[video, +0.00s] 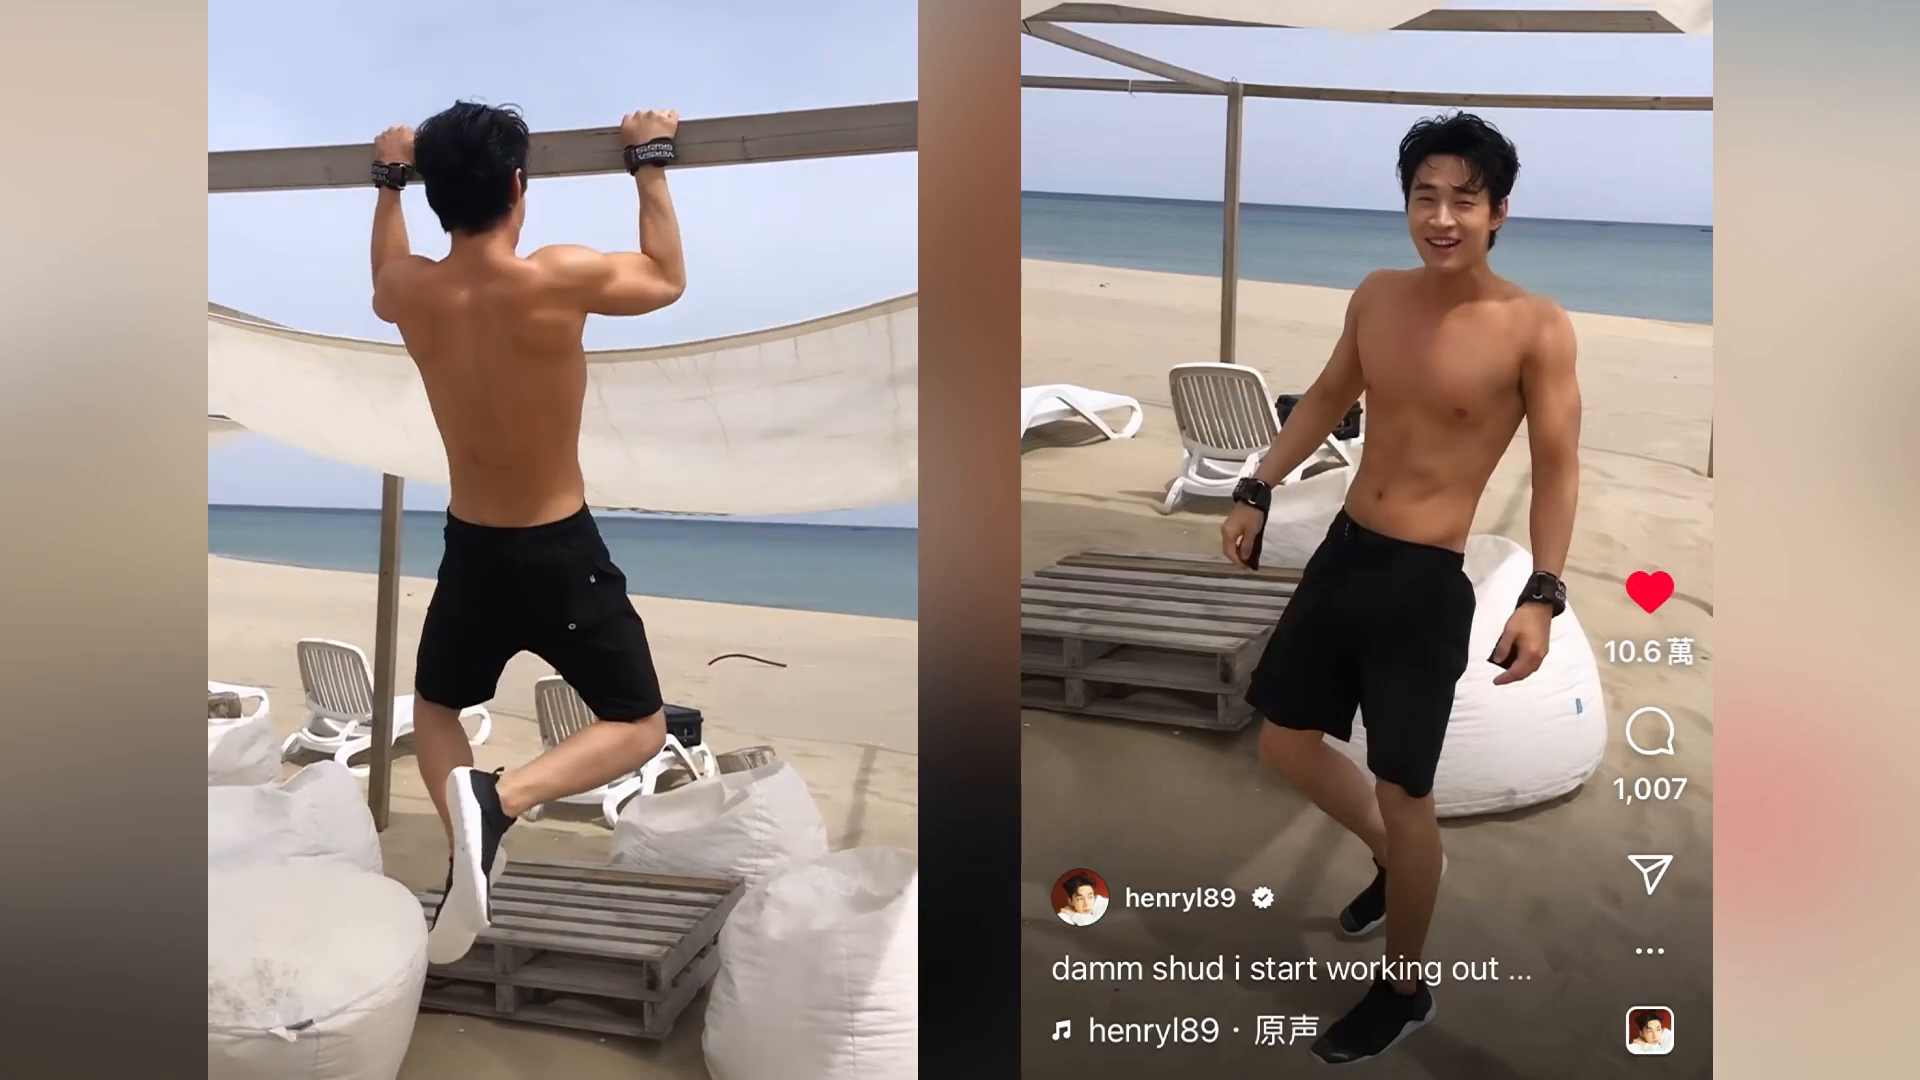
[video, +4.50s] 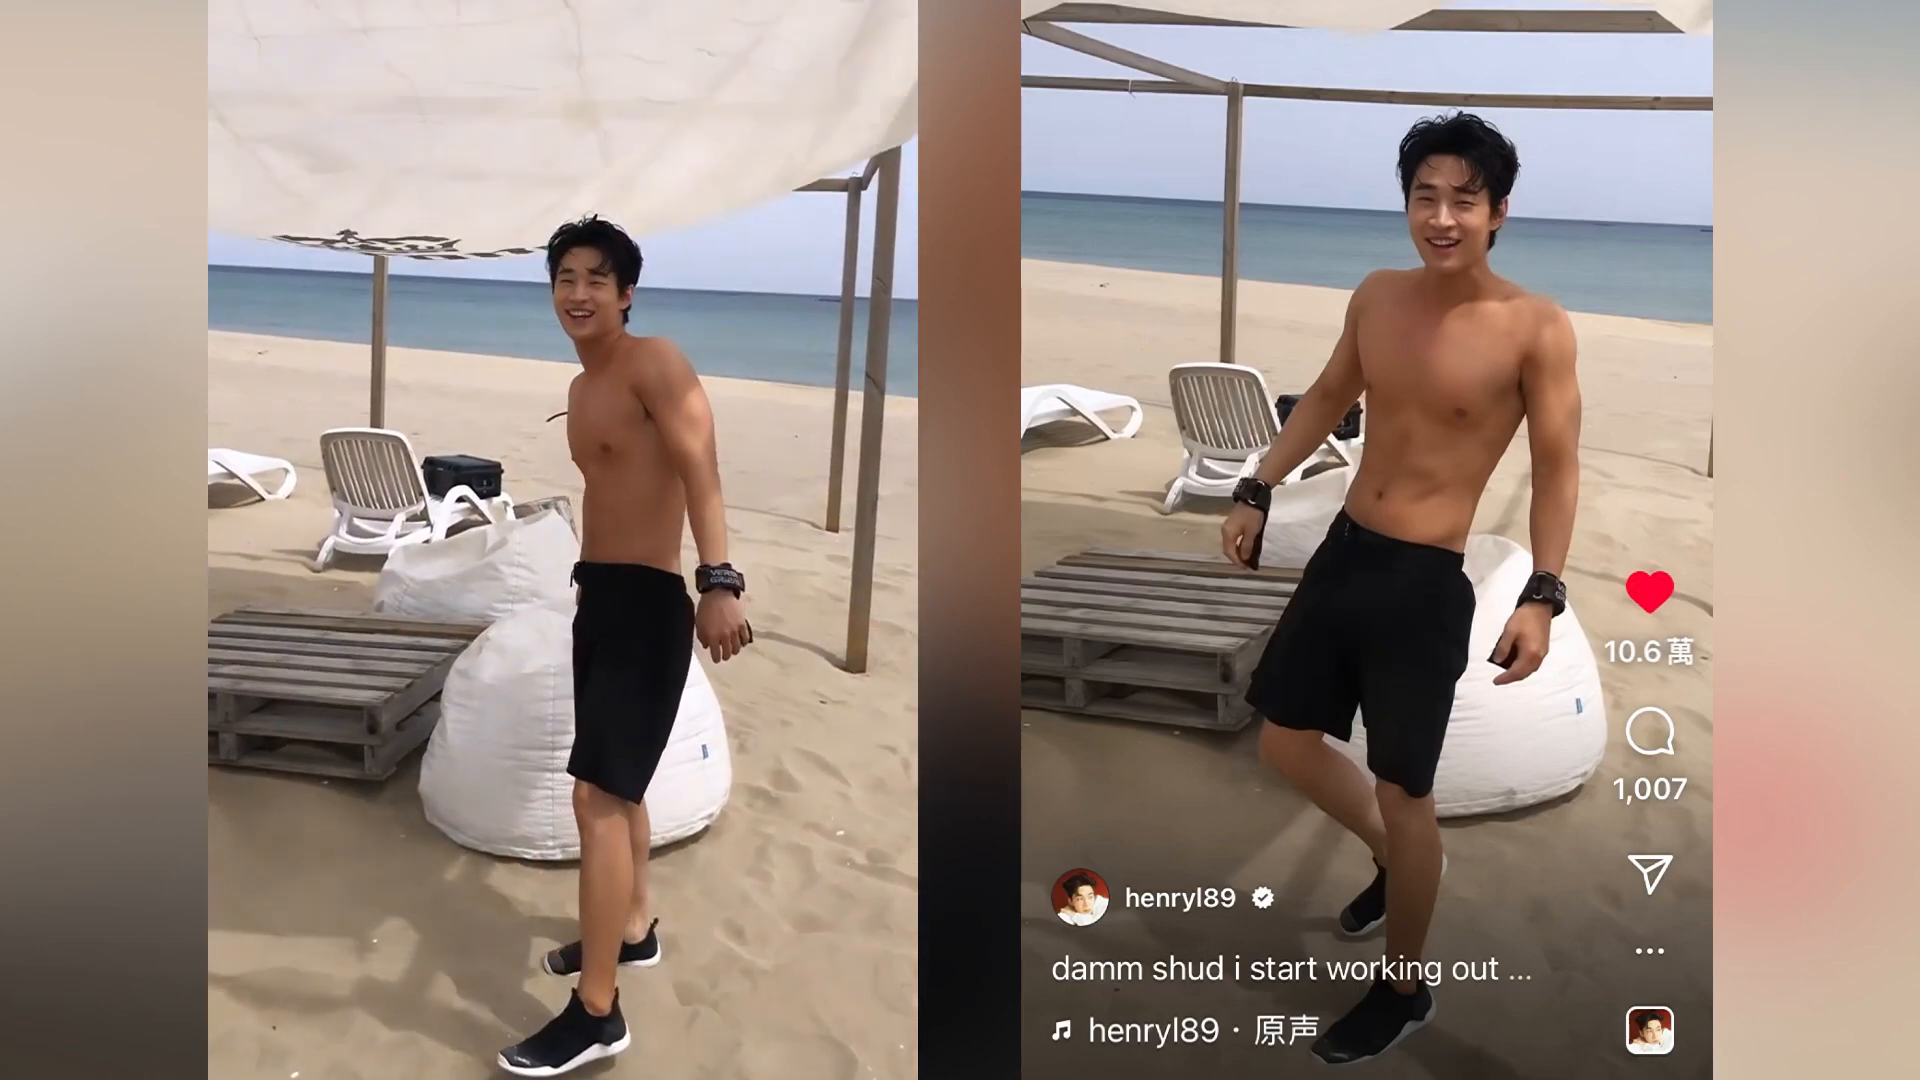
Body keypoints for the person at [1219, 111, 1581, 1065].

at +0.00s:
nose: (1440, 216)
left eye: (1462, 198)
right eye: (1424, 197)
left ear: (1498, 210)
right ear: (1406, 208)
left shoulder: (1535, 328)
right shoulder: (1378, 296)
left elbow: (1556, 468)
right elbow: (1330, 398)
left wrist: (1540, 595)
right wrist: (1255, 484)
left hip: (1426, 579)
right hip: (1345, 553)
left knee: (1402, 799)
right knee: (1284, 742)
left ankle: (1403, 981)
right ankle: (1398, 847)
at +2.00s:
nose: (1440, 216)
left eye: (1462, 198)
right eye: (1424, 197)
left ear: (1498, 210)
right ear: (1406, 208)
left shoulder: (1535, 328)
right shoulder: (1378, 296)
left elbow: (1556, 468)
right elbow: (1330, 398)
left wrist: (1540, 595)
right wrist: (1255, 484)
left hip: (1426, 579)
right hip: (1345, 553)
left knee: (1402, 799)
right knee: (1284, 742)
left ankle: (1403, 981)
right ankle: (1398, 847)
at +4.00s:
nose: (1440, 216)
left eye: (1462, 199)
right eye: (1425, 197)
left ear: (1498, 211)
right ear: (1406, 207)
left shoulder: (1535, 328)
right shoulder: (1378, 296)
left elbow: (1556, 468)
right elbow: (1330, 398)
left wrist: (1541, 595)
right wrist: (1256, 484)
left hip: (1427, 579)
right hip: (1345, 553)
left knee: (1402, 799)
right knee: (1284, 741)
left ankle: (1402, 981)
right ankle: (1398, 848)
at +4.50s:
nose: (1440, 216)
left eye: (1461, 198)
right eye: (1424, 197)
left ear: (1498, 210)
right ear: (1406, 208)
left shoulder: (1535, 328)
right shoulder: (1379, 296)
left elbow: (1556, 469)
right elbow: (1330, 398)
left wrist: (1540, 595)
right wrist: (1256, 484)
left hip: (1427, 579)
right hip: (1345, 553)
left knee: (1402, 799)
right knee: (1284, 742)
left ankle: (1403, 981)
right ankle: (1398, 846)